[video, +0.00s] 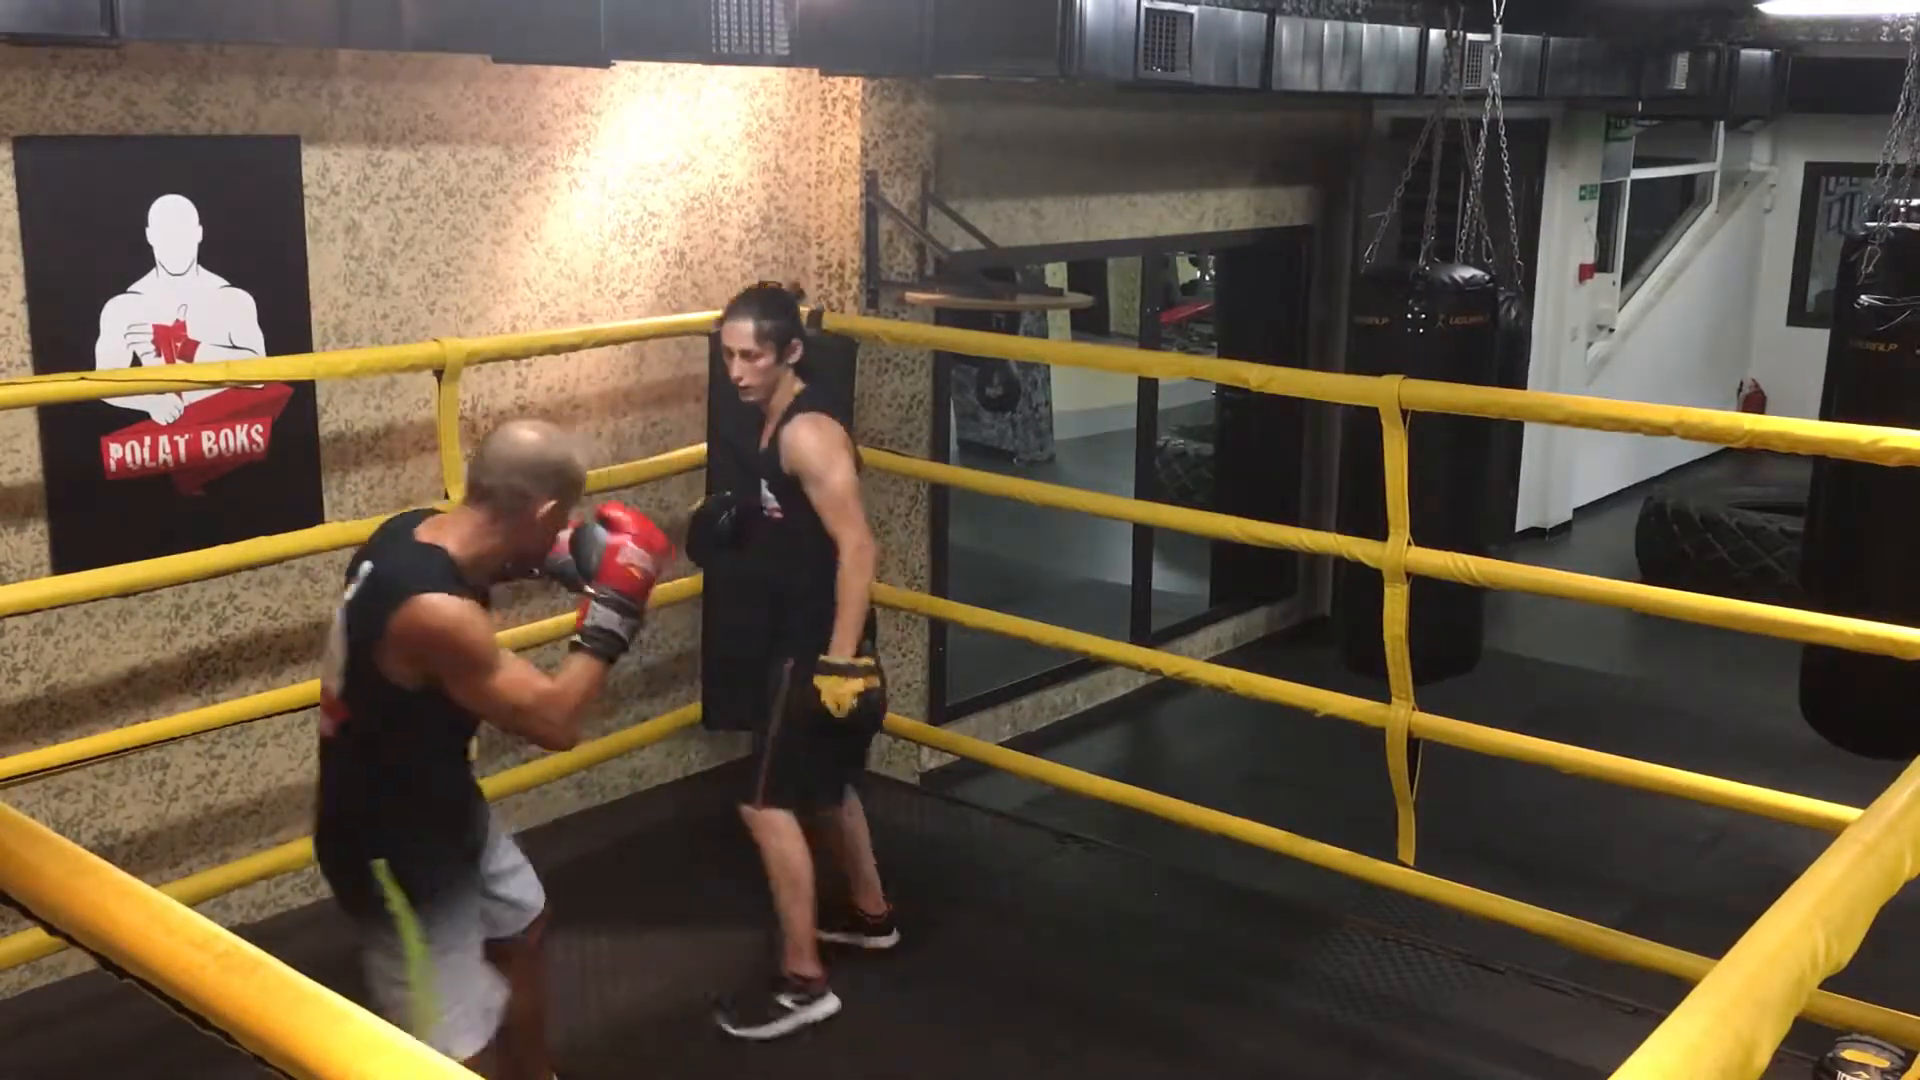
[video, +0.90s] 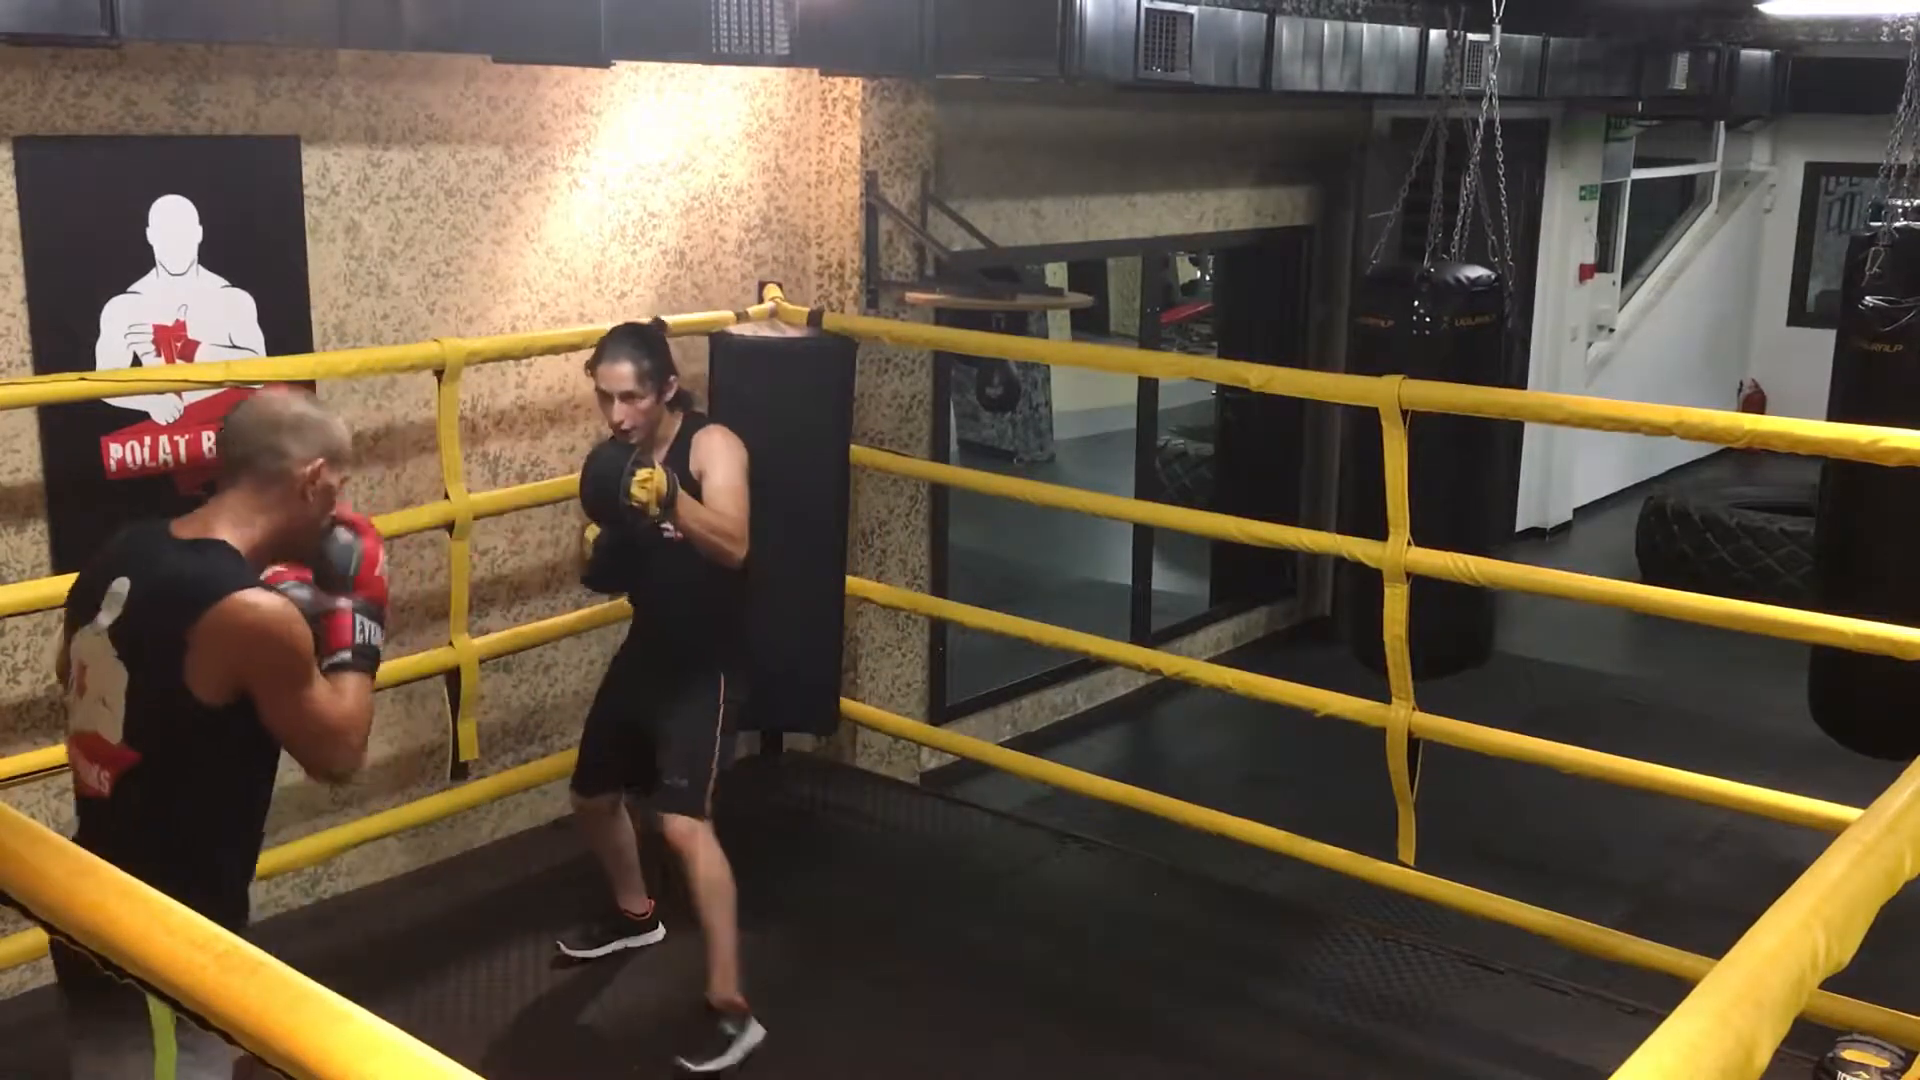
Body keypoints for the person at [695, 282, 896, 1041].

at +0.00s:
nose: (734, 369)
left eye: (747, 355)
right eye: (728, 355)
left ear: (789, 354)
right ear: (733, 354)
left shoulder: (809, 435)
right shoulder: (774, 427)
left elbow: (858, 546)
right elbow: (790, 531)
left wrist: (841, 659)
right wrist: (727, 532)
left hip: (813, 649)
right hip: (799, 637)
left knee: (768, 806)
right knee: (829, 788)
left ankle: (803, 981)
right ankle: (871, 913)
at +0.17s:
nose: (697, 377)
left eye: (708, 362)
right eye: (690, 363)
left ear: (747, 357)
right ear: (694, 360)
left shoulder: (773, 438)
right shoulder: (738, 422)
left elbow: (822, 549)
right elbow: (759, 518)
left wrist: (815, 662)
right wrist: (708, 534)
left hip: (768, 645)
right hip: (768, 634)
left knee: (711, 787)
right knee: (827, 771)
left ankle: (700, 937)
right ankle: (869, 909)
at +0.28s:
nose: (664, 390)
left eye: (676, 374)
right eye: (655, 375)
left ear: (714, 369)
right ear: (653, 373)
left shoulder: (737, 454)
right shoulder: (698, 434)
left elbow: (783, 570)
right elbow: (726, 524)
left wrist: (756, 678)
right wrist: (680, 536)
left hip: (744, 661)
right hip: (742, 650)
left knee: (677, 788)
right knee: (776, 781)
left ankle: (656, 929)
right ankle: (856, 900)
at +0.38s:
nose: (648, 405)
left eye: (661, 389)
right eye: (639, 390)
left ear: (697, 386)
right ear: (633, 385)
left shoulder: (720, 468)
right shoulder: (667, 442)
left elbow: (749, 592)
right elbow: (687, 529)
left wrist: (698, 689)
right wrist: (643, 553)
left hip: (723, 649)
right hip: (697, 639)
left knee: (651, 786)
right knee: (698, 779)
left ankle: (654, 933)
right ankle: (802, 869)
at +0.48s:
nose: (638, 394)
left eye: (652, 376)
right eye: (627, 378)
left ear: (687, 369)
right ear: (617, 375)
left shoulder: (713, 451)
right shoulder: (643, 429)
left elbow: (745, 567)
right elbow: (647, 506)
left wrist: (670, 647)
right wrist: (619, 542)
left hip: (719, 638)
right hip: (674, 625)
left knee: (656, 781)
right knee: (642, 763)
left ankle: (653, 929)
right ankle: (707, 888)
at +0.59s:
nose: (626, 384)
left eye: (639, 366)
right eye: (614, 369)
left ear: (673, 358)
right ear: (606, 367)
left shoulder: (710, 435)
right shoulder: (628, 422)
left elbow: (758, 544)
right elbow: (617, 506)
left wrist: (667, 599)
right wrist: (596, 537)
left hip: (703, 636)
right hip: (648, 623)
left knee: (654, 780)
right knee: (620, 764)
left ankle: (655, 932)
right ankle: (629, 913)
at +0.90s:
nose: (615, 415)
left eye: (628, 399)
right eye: (605, 400)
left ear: (668, 388)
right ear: (599, 396)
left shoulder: (715, 446)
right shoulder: (614, 460)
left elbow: (733, 545)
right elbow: (609, 565)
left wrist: (665, 498)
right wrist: (607, 544)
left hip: (709, 653)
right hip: (646, 646)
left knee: (681, 818)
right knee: (595, 791)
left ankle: (730, 1005)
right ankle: (635, 912)